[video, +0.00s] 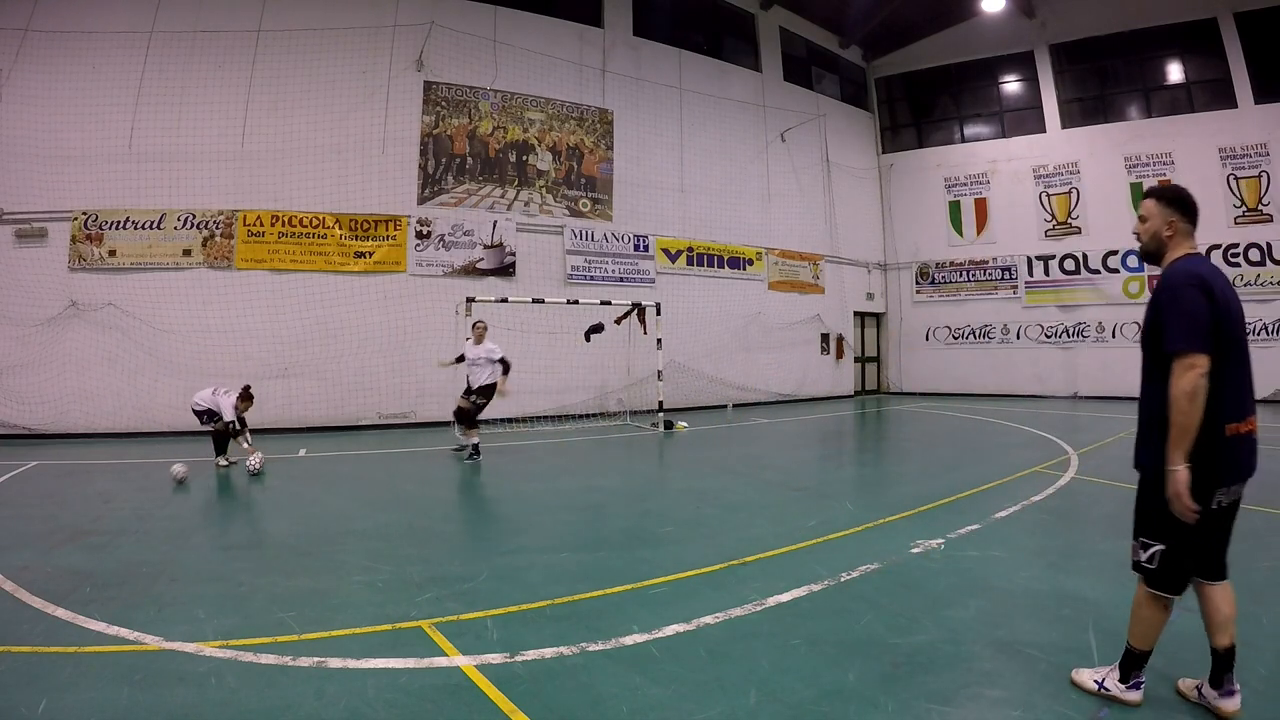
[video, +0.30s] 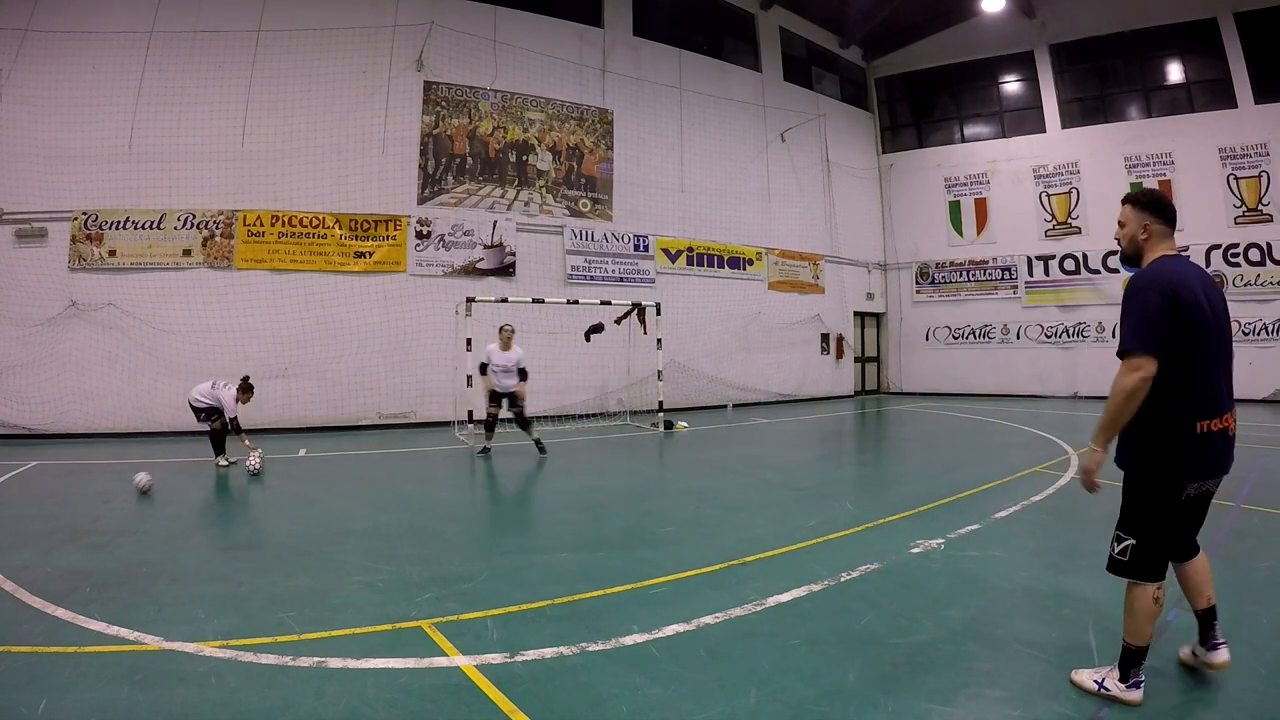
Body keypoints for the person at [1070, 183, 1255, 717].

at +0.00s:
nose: (1135, 229)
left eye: (1143, 220)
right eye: (1136, 220)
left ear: (1171, 225)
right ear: (1177, 227)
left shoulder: (1182, 283)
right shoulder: (1207, 277)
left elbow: (1192, 373)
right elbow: (1211, 373)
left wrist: (1176, 461)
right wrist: (1182, 455)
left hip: (1184, 462)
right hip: (1220, 459)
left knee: (1157, 576)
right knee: (1210, 570)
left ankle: (1127, 677)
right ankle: (1223, 685)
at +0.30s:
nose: (1116, 236)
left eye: (1122, 226)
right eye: (1118, 226)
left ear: (1147, 229)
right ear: (1165, 229)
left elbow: (1139, 372)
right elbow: (1213, 361)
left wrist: (1097, 445)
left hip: (1164, 450)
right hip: (1211, 444)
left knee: (1143, 563)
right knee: (1182, 541)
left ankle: (1128, 676)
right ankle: (1210, 643)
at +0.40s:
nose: (1118, 237)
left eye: (1124, 228)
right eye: (1120, 227)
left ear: (1147, 231)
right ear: (1165, 231)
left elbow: (1137, 372)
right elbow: (1214, 362)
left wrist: (1090, 440)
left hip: (1163, 449)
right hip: (1208, 444)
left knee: (1144, 564)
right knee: (1187, 543)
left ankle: (1127, 676)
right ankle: (1193, 638)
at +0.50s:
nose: (1123, 239)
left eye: (1129, 230)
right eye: (1125, 230)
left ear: (1152, 234)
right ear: (1169, 235)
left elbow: (1142, 373)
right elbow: (1214, 362)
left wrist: (1096, 438)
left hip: (1165, 449)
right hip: (1207, 444)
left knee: (1145, 565)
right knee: (1188, 545)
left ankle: (1127, 676)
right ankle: (1185, 636)